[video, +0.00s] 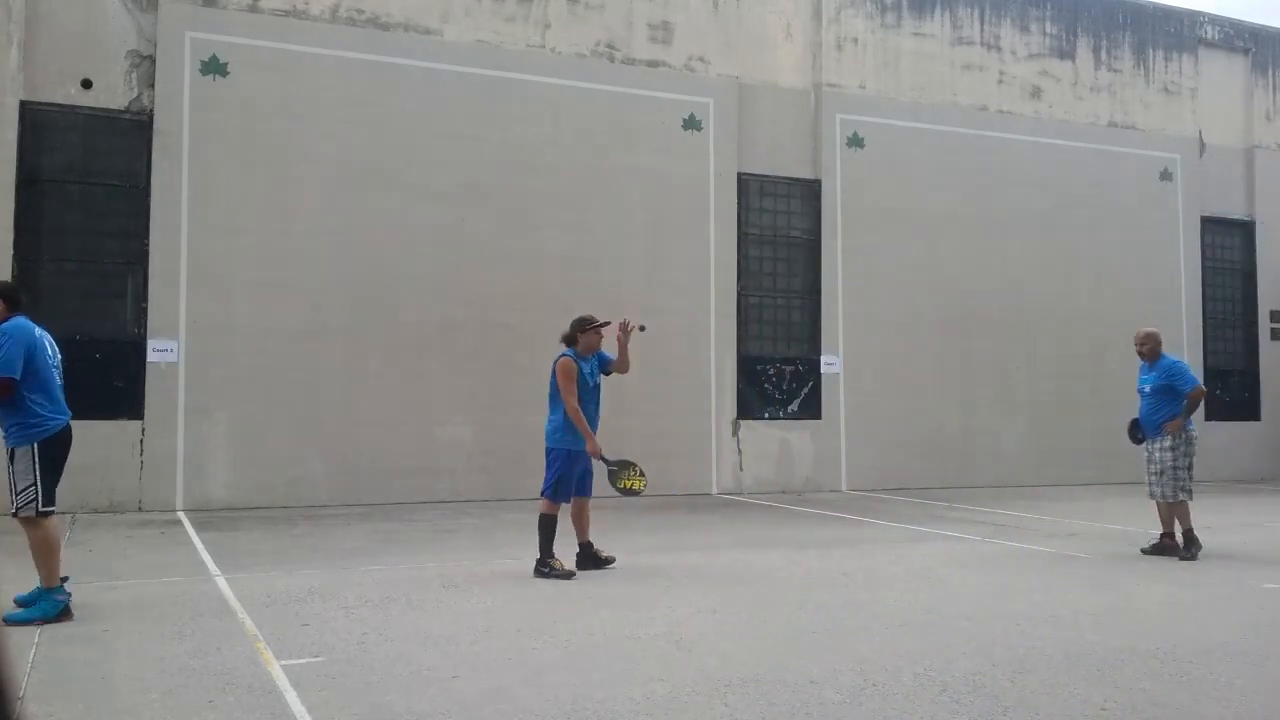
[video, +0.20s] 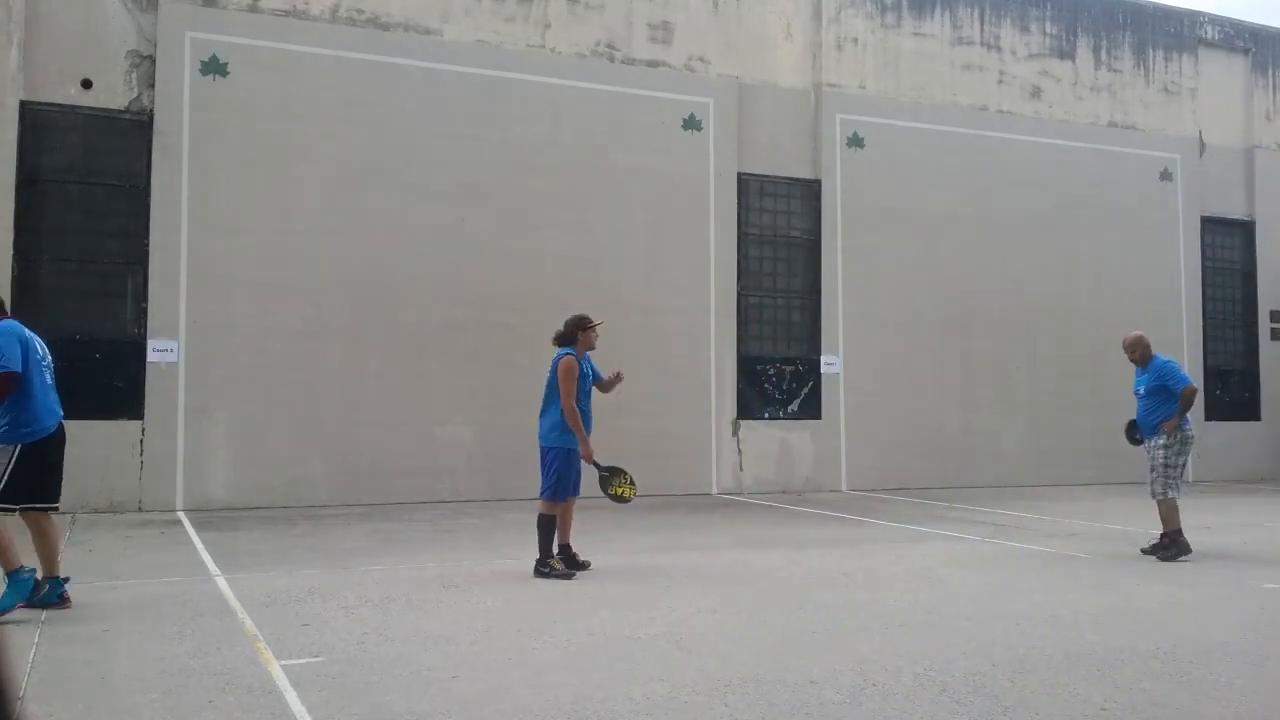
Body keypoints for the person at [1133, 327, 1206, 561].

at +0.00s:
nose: (1139, 349)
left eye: (1144, 345)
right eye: (1137, 345)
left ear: (1158, 345)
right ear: (1137, 347)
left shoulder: (1172, 367)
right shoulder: (1144, 369)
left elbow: (1198, 392)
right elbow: (1153, 400)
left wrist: (1181, 419)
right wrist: (1142, 423)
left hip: (1174, 436)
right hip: (1154, 437)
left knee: (1173, 490)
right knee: (1159, 489)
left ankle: (1190, 539)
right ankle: (1167, 539)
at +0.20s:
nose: (1129, 357)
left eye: (1132, 351)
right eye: (1127, 353)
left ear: (1145, 348)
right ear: (1129, 354)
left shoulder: (1164, 366)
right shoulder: (1140, 371)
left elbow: (1190, 390)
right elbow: (1150, 403)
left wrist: (1176, 419)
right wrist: (1140, 426)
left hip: (1171, 435)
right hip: (1155, 437)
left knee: (1164, 488)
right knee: (1158, 488)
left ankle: (1177, 540)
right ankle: (1167, 537)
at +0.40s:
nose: (1122, 365)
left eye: (1124, 360)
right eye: (1119, 361)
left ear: (1136, 353)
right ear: (1119, 359)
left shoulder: (1154, 368)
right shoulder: (1136, 373)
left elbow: (1181, 392)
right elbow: (1151, 404)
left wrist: (1170, 421)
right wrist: (1140, 428)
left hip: (1168, 437)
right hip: (1159, 437)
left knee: (1163, 491)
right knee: (1165, 490)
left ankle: (1159, 544)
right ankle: (1169, 541)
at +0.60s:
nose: (1113, 367)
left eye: (1115, 362)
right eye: (1111, 363)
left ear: (1127, 355)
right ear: (1121, 358)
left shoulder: (1146, 370)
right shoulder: (1136, 371)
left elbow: (1170, 396)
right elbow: (1150, 404)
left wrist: (1164, 423)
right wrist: (1138, 428)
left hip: (1163, 436)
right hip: (1163, 435)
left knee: (1159, 490)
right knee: (1167, 490)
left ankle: (1158, 544)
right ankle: (1169, 540)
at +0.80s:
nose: (1113, 359)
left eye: (1117, 353)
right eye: (1111, 355)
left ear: (1130, 350)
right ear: (1113, 355)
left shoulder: (1142, 370)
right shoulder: (1136, 368)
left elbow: (1165, 396)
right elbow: (1149, 403)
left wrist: (1158, 424)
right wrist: (1138, 428)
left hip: (1162, 436)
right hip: (1170, 433)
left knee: (1158, 490)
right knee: (1170, 490)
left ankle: (1157, 544)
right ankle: (1173, 539)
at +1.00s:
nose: (1126, 353)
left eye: (1131, 347)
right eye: (1122, 349)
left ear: (1142, 346)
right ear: (1119, 352)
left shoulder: (1151, 369)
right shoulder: (1137, 370)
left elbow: (1170, 394)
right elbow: (1148, 403)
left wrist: (1159, 423)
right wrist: (1137, 427)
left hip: (1166, 436)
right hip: (1168, 434)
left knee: (1160, 491)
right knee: (1173, 492)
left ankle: (1157, 545)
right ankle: (1188, 542)